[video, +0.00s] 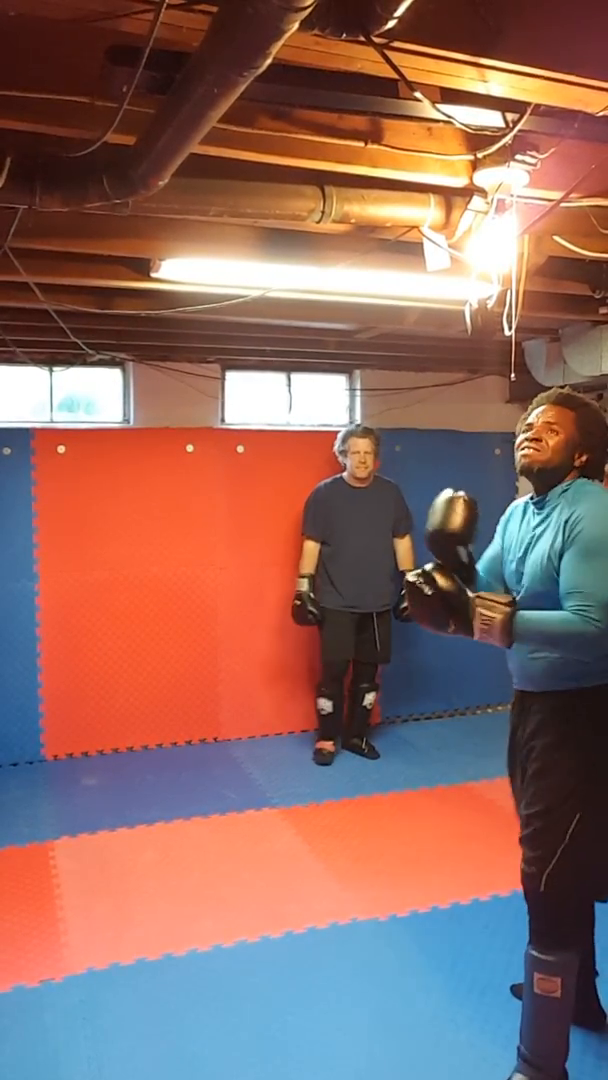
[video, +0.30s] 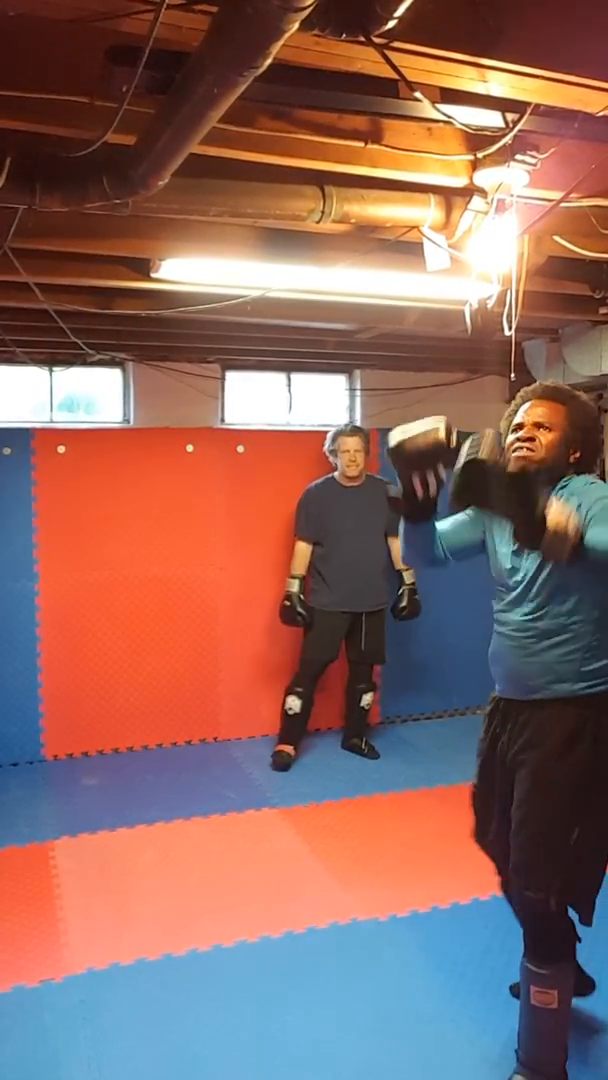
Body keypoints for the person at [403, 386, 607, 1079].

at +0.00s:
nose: (524, 437)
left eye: (542, 429)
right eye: (524, 429)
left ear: (579, 447)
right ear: (523, 444)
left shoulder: (591, 509)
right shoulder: (516, 515)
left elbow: (595, 622)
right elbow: (488, 595)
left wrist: (513, 624)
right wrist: (443, 605)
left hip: (577, 711)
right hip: (535, 707)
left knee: (550, 874)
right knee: (557, 858)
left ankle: (542, 1064)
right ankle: (575, 991)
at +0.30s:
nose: (520, 436)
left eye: (537, 427)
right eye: (516, 428)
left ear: (577, 442)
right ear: (508, 442)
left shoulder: (589, 494)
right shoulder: (499, 502)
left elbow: (597, 531)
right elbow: (423, 548)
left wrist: (568, 522)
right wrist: (419, 493)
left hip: (574, 710)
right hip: (510, 708)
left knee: (537, 880)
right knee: (497, 839)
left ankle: (542, 1065)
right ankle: (559, 965)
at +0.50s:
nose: (524, 439)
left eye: (538, 429)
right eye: (516, 429)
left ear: (566, 441)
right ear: (502, 442)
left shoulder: (589, 503)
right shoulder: (494, 498)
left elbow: (603, 517)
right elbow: (414, 515)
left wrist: (576, 434)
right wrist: (415, 456)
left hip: (570, 717)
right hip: (497, 710)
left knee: (542, 888)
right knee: (477, 843)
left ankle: (546, 1061)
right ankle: (503, 974)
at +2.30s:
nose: (460, 451)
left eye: (472, 438)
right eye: (463, 437)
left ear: (518, 445)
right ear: (498, 445)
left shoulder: (581, 510)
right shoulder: (481, 516)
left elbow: (598, 564)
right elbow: (447, 593)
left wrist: (596, 505)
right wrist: (380, 571)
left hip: (564, 727)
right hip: (486, 718)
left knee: (543, 901)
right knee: (455, 855)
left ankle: (542, 1067)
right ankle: (474, 973)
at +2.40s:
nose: (449, 459)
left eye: (461, 445)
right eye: (452, 445)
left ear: (509, 447)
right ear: (492, 449)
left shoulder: (588, 513)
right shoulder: (481, 522)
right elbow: (489, 598)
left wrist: (594, 609)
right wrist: (416, 612)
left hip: (568, 728)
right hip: (490, 719)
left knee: (548, 900)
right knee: (473, 860)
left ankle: (543, 1064)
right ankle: (478, 976)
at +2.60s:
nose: (453, 472)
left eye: (460, 457)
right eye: (453, 458)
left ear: (502, 454)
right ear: (497, 456)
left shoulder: (570, 515)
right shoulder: (502, 516)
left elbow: (606, 616)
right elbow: (506, 607)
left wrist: (550, 649)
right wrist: (437, 608)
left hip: (560, 728)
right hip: (503, 717)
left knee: (545, 890)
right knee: (505, 854)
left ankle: (544, 1065)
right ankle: (522, 967)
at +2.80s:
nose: (474, 462)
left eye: (479, 447)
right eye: (475, 447)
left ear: (506, 450)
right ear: (528, 446)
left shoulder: (545, 503)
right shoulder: (537, 502)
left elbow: (512, 615)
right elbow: (509, 591)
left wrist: (449, 596)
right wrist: (451, 569)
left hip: (555, 716)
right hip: (548, 710)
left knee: (543, 889)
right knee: (556, 876)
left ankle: (542, 1065)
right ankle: (585, 988)